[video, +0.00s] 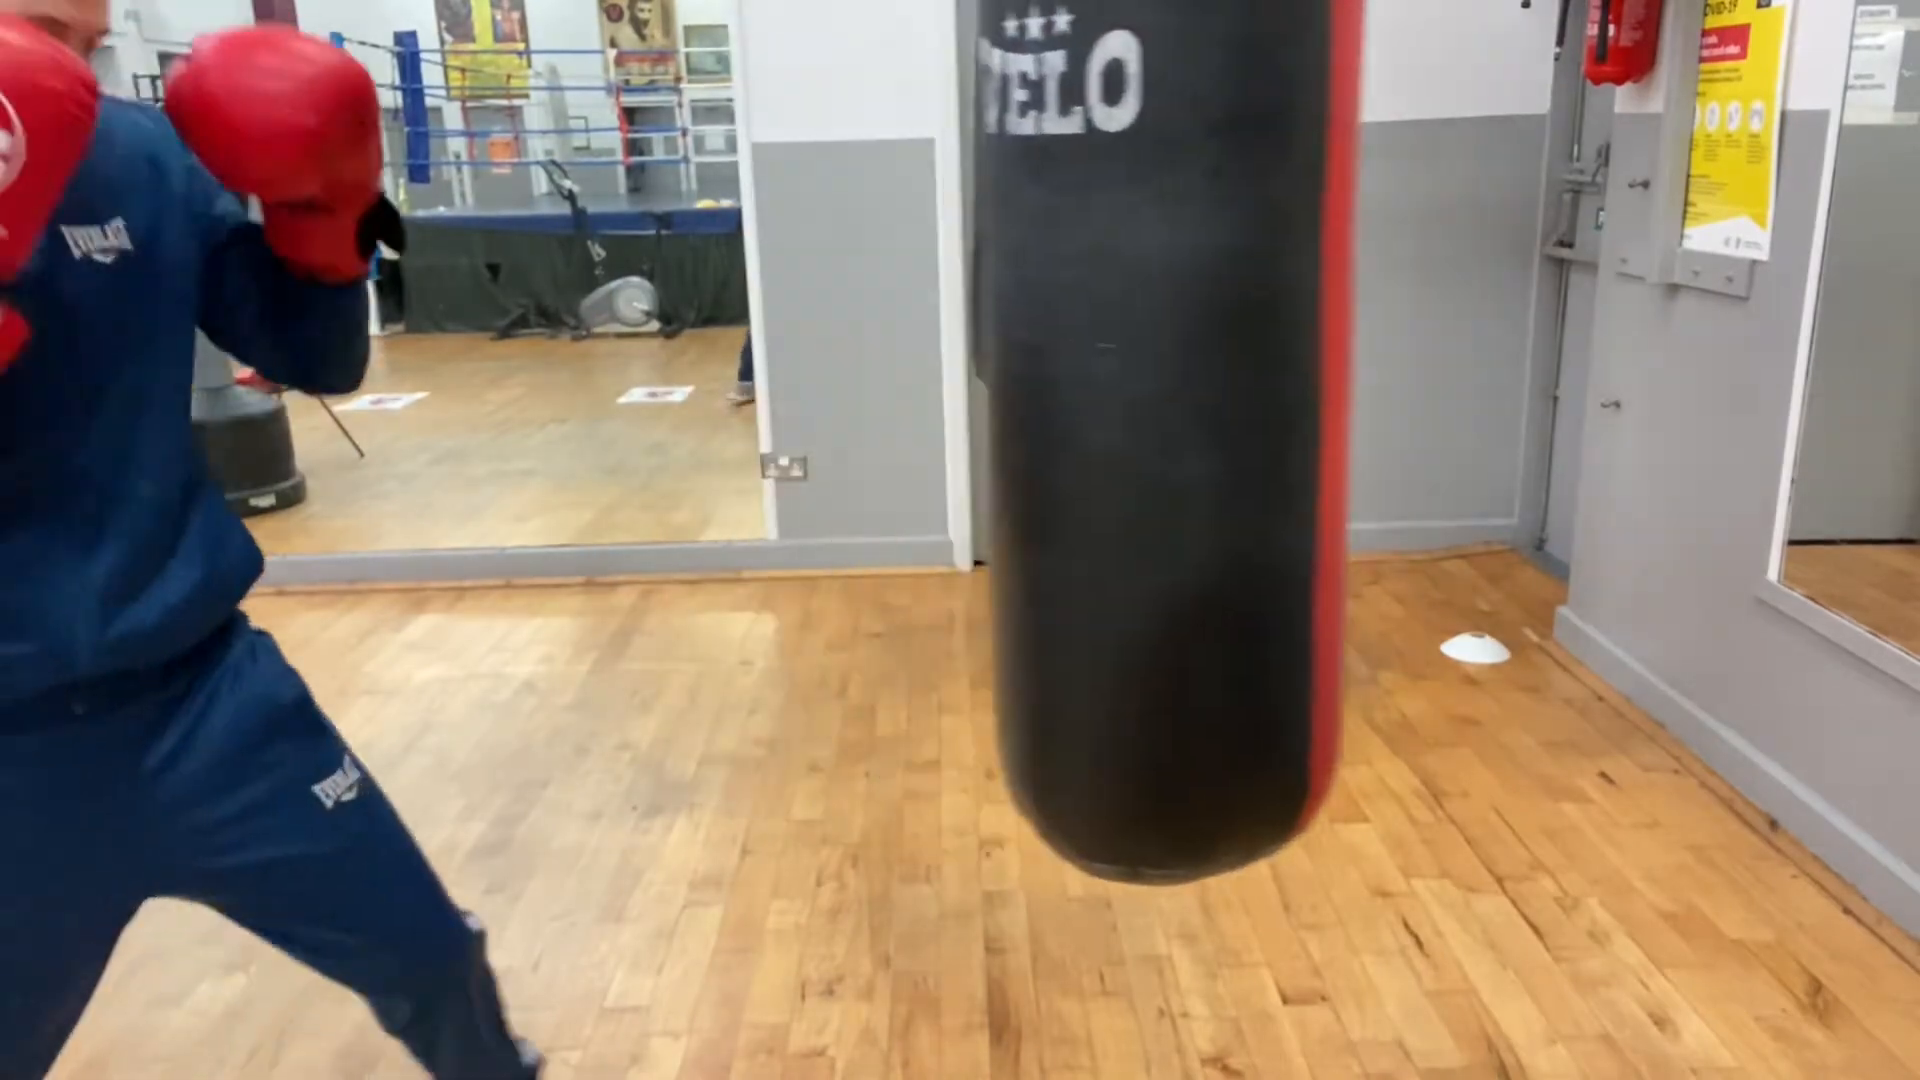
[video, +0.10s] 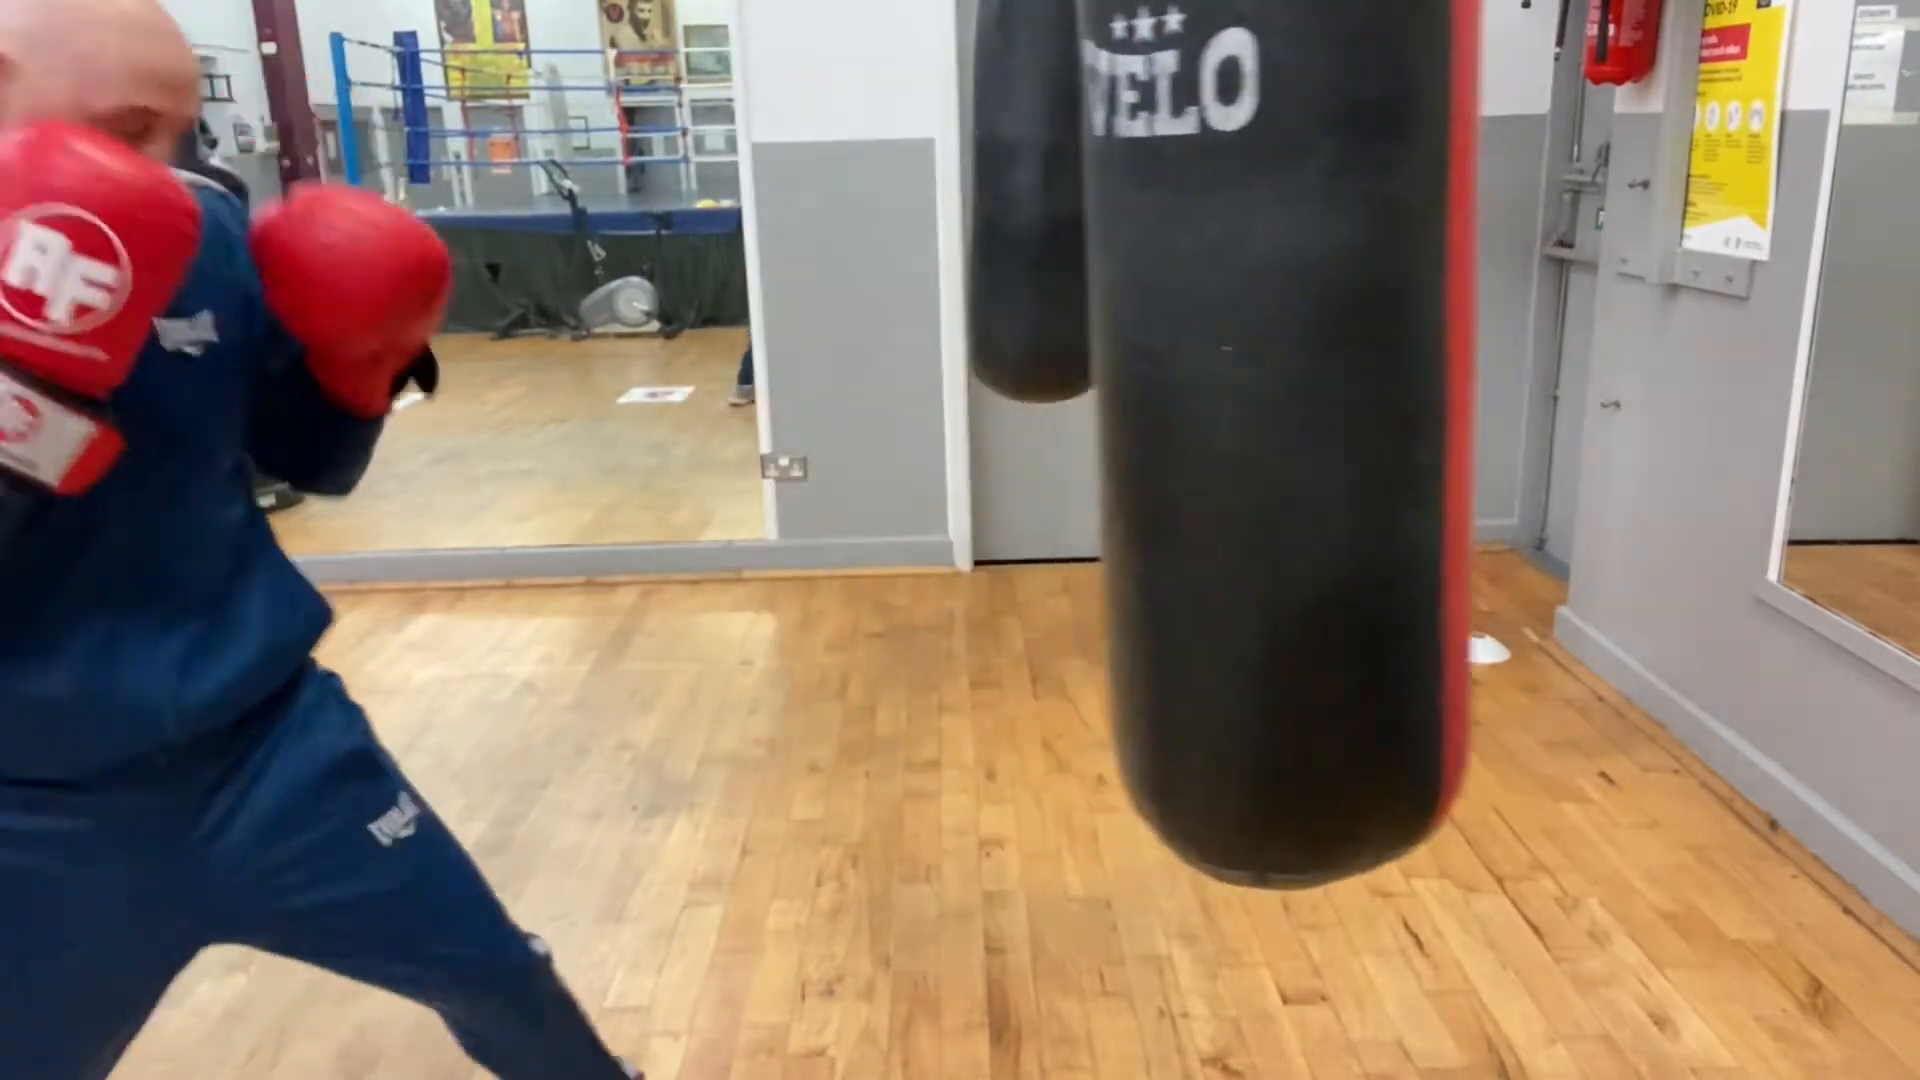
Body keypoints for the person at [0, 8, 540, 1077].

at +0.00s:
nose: (76, 35)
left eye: (83, 24)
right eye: (45, 26)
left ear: (104, 21)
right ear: (7, 20)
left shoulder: (143, 154)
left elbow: (317, 359)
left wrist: (321, 212)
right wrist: (13, 230)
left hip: (207, 697)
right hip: (27, 748)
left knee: (436, 963)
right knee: (13, 1052)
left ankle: (500, 1072)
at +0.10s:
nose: (149, 175)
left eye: (167, 136)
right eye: (115, 136)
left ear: (185, 126)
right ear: (13, 128)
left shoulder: (214, 238)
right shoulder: (18, 300)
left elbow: (308, 461)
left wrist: (360, 365)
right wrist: (33, 375)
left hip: (268, 752)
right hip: (43, 817)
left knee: (499, 975)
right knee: (29, 1066)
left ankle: (596, 1079)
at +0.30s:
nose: (362, 167)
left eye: (373, 128)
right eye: (328, 122)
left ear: (389, 117)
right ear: (197, 90)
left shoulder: (397, 234)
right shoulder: (45, 265)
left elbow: (542, 419)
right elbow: (100, 554)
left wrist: (557, 287)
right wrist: (249, 352)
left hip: (431, 754)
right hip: (196, 805)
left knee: (608, 997)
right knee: (109, 1071)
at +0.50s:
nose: (444, 43)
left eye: (462, 18)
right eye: (419, 11)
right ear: (296, 8)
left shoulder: (450, 143)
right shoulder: (143, 173)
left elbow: (583, 380)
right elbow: (263, 447)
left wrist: (623, 249)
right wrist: (385, 228)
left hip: (516, 681)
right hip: (308, 735)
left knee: (643, 942)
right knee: (328, 1062)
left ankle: (637, 1074)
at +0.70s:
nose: (569, 123)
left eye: (578, 91)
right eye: (543, 85)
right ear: (414, 71)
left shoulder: (553, 218)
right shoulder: (254, 256)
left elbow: (641, 438)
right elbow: (364, 532)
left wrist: (700, 363)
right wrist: (486, 318)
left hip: (646, 693)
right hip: (443, 775)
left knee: (860, 892)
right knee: (412, 1070)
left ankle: (839, 1044)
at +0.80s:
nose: (671, 157)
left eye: (679, 123)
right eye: (641, 121)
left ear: (689, 116)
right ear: (515, 101)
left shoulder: (695, 244)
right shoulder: (355, 274)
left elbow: (859, 325)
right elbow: (372, 548)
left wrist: (982, 281)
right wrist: (506, 359)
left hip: (712, 727)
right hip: (494, 768)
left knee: (907, 923)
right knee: (424, 1059)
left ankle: (1008, 1036)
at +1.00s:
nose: (936, 216)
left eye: (942, 187)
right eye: (916, 186)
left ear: (823, 167)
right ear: (812, 166)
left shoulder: (873, 292)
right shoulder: (686, 274)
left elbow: (913, 446)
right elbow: (628, 477)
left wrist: (1040, 396)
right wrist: (863, 385)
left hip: (807, 704)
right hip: (655, 741)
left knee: (960, 881)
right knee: (637, 1066)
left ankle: (1008, 1050)